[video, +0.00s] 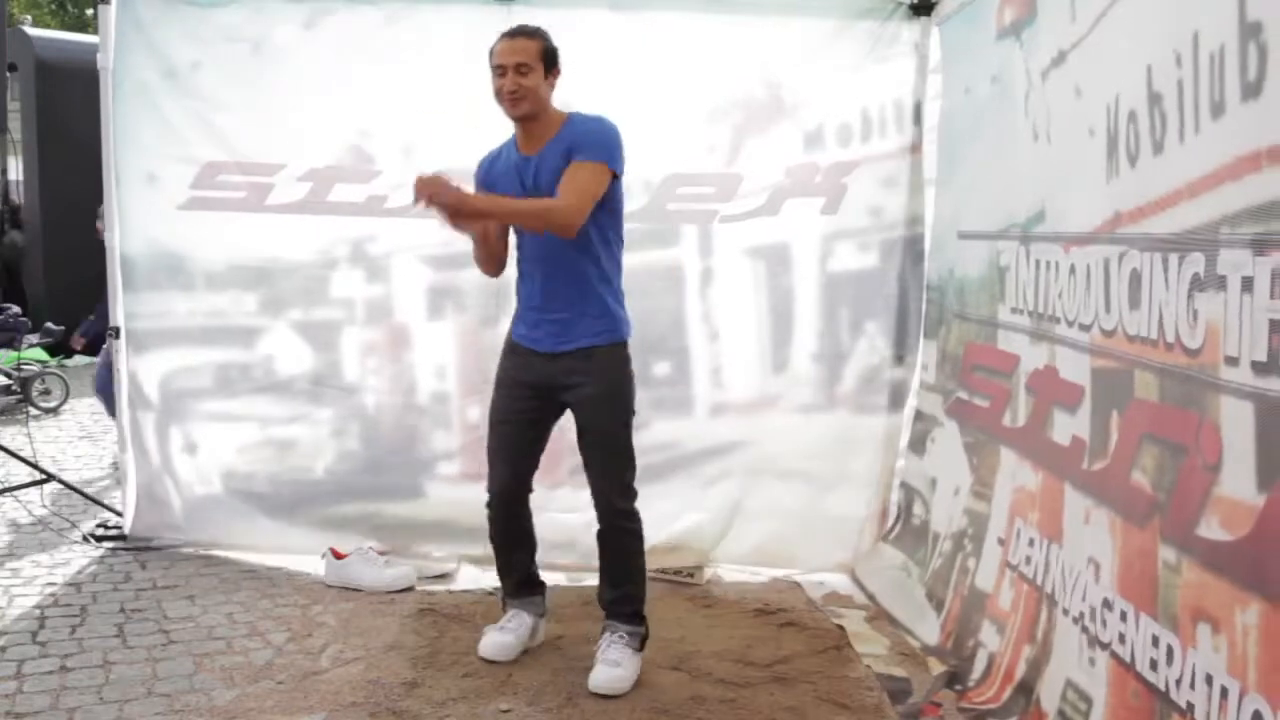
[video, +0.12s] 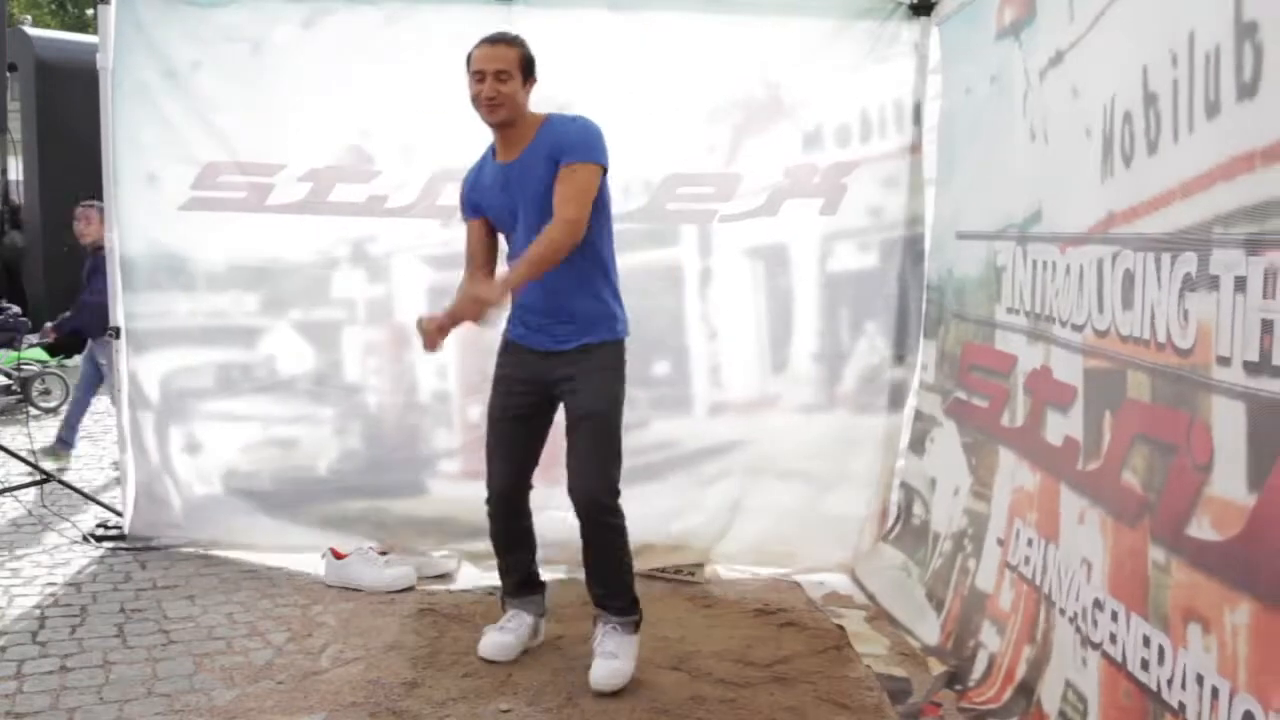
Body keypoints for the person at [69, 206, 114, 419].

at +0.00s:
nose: (99, 233)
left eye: (101, 228)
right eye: (98, 228)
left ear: (111, 227)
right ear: (103, 228)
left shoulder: (121, 256)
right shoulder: (116, 254)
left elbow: (111, 303)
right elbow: (109, 301)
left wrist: (86, 334)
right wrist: (85, 330)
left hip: (121, 335)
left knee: (104, 385)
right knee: (104, 384)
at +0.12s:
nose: (81, 227)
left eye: (88, 220)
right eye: (77, 221)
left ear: (104, 224)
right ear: (73, 226)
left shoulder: (106, 259)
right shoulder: (94, 259)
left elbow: (92, 304)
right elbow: (87, 305)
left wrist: (58, 327)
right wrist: (58, 327)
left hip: (111, 341)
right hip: (95, 340)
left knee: (123, 401)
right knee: (81, 396)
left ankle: (135, 454)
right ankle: (62, 446)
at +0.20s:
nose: (65, 231)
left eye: (71, 224)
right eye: (60, 225)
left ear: (88, 228)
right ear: (56, 229)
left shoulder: (91, 261)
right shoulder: (78, 261)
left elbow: (84, 308)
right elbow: (79, 308)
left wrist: (53, 330)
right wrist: (52, 328)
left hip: (99, 345)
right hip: (80, 345)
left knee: (115, 405)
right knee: (64, 401)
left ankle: (140, 452)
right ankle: (45, 449)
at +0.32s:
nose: (39, 230)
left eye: (46, 224)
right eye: (36, 225)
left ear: (62, 228)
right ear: (32, 229)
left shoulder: (67, 262)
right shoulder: (53, 261)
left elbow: (65, 309)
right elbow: (54, 306)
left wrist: (54, 348)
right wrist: (48, 339)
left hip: (70, 339)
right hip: (53, 338)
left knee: (67, 397)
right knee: (37, 395)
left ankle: (114, 433)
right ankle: (39, 452)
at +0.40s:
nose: (25, 228)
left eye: (31, 222)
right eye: (21, 223)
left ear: (47, 226)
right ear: (19, 228)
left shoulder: (54, 260)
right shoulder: (35, 260)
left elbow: (61, 305)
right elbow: (38, 303)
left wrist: (65, 347)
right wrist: (29, 335)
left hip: (47, 339)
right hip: (34, 337)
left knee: (36, 396)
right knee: (31, 396)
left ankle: (88, 431)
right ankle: (38, 453)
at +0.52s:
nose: (5, 226)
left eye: (11, 220)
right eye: (2, 221)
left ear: (26, 224)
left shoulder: (35, 257)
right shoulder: (11, 259)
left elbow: (56, 298)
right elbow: (12, 298)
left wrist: (68, 338)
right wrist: (7, 331)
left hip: (35, 333)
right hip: (17, 332)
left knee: (5, 385)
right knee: (29, 390)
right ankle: (37, 448)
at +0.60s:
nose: (0, 225)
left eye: (4, 220)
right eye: (0, 220)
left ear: (15, 224)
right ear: (6, 225)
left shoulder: (23, 257)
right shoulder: (11, 256)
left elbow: (47, 297)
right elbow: (46, 297)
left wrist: (62, 335)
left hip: (21, 338)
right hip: (13, 338)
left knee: (8, 393)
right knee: (23, 397)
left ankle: (37, 452)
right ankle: (37, 452)